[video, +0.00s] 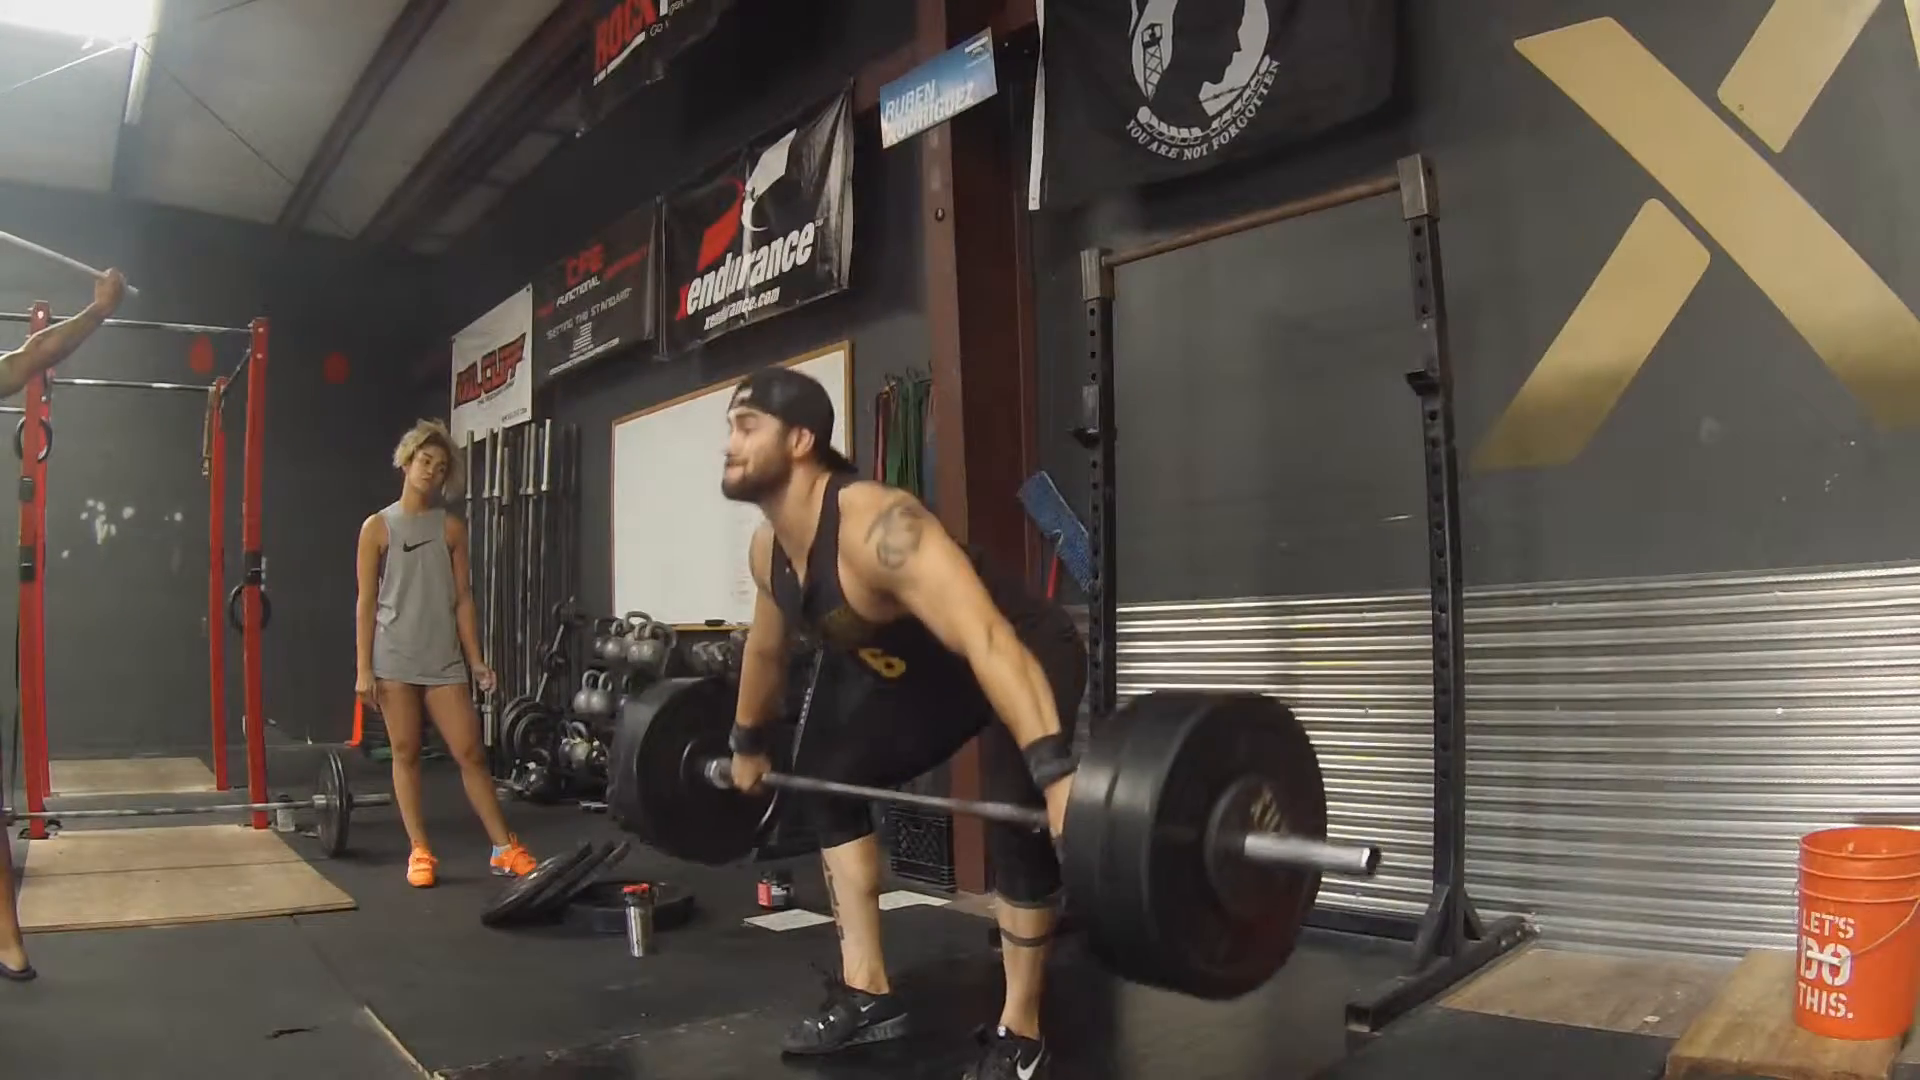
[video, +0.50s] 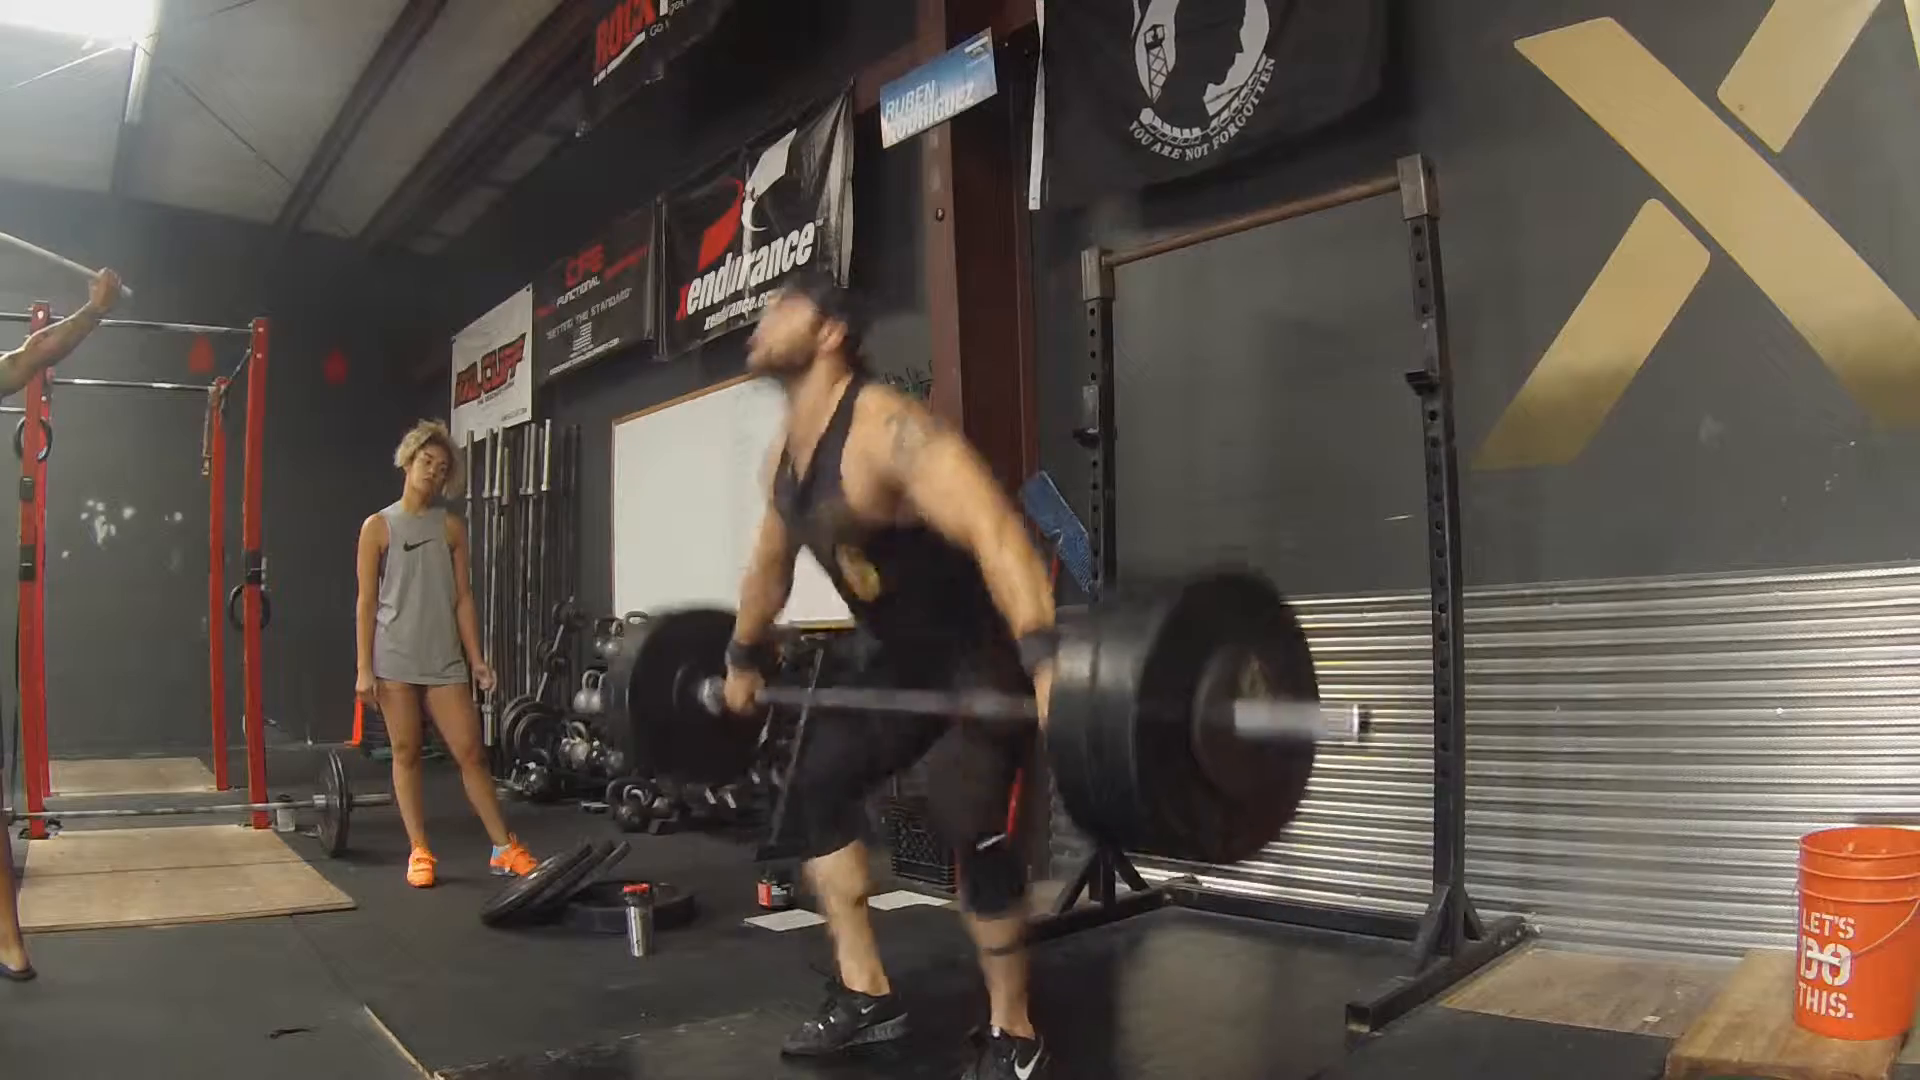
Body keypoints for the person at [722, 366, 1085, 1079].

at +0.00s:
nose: (728, 440)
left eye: (748, 426)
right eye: (730, 426)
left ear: (802, 442)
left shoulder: (883, 524)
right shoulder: (771, 549)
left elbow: (990, 640)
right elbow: (765, 652)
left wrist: (1054, 772)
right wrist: (746, 742)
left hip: (1026, 652)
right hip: (936, 665)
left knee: (1013, 817)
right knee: (832, 782)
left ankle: (1020, 1029)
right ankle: (866, 990)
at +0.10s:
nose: (724, 453)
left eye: (743, 438)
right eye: (725, 439)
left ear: (799, 454)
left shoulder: (882, 536)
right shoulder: (768, 558)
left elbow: (986, 652)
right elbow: (764, 663)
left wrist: (1053, 788)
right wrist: (745, 755)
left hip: (1027, 657)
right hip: (935, 672)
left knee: (1013, 833)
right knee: (829, 787)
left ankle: (1019, 1028)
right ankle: (866, 988)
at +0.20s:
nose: (721, 451)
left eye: (740, 435)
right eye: (722, 436)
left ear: (795, 452)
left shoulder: (880, 534)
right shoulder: (766, 557)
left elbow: (983, 652)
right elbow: (763, 663)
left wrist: (1050, 786)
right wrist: (743, 755)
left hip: (1025, 655)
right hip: (934, 671)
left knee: (1012, 833)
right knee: (827, 787)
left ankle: (1019, 1028)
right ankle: (867, 989)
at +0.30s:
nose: (721, 432)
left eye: (741, 416)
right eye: (723, 417)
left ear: (794, 434)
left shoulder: (879, 518)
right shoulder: (765, 541)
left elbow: (983, 635)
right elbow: (762, 648)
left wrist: (1049, 766)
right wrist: (743, 740)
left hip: (1021, 648)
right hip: (931, 662)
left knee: (1009, 810)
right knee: (829, 780)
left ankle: (1017, 1030)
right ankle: (866, 992)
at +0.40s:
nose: (728, 392)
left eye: (747, 377)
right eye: (732, 378)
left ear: (801, 392)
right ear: (779, 397)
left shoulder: (879, 480)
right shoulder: (769, 508)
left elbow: (985, 595)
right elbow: (765, 617)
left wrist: (1048, 727)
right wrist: (743, 710)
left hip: (1005, 642)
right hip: (922, 656)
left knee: (1004, 805)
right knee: (827, 777)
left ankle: (1017, 1030)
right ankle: (866, 993)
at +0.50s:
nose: (761, 320)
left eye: (782, 307)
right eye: (768, 308)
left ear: (830, 335)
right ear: (811, 340)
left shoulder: (891, 424)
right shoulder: (790, 451)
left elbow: (998, 528)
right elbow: (771, 560)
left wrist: (1045, 659)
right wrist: (745, 654)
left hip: (980, 649)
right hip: (894, 655)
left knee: (975, 829)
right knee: (818, 790)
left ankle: (1012, 1031)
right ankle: (864, 990)